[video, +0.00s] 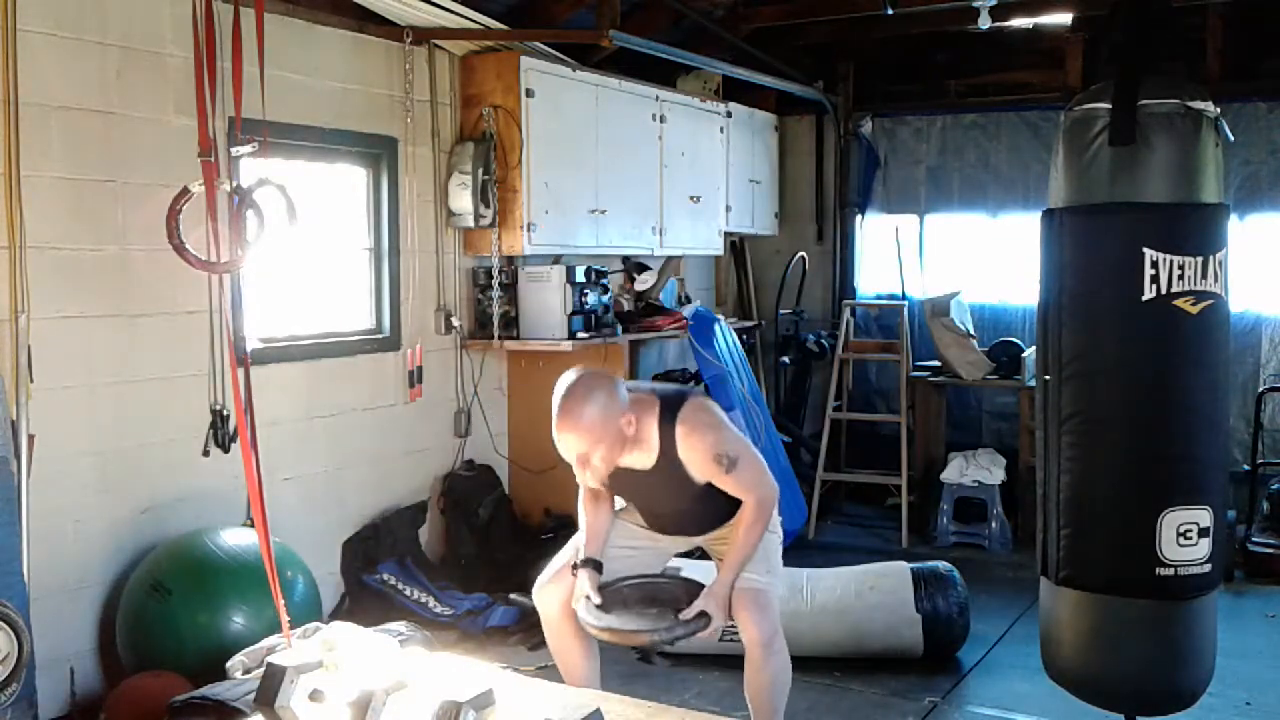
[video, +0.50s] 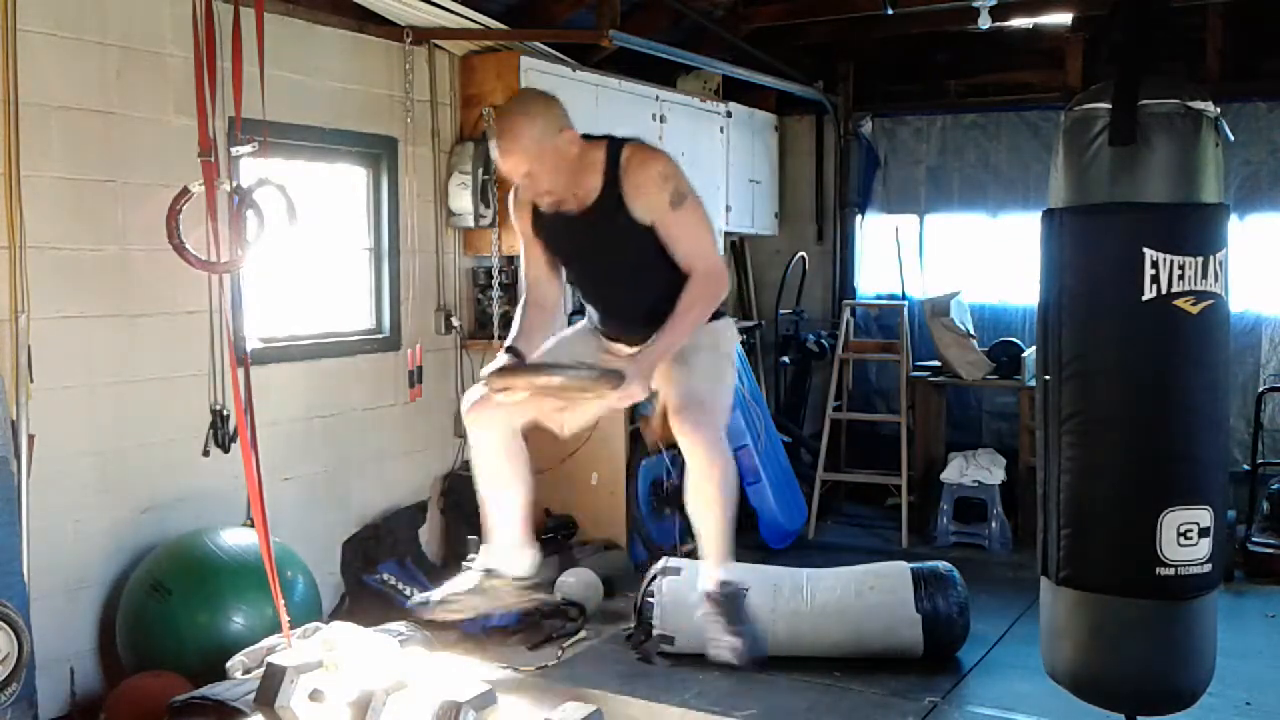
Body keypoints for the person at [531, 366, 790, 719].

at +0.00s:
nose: (578, 472)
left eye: (584, 458)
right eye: (571, 461)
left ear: (626, 425)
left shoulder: (698, 430)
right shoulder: (591, 421)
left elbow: (763, 494)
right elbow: (595, 490)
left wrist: (724, 583)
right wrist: (589, 562)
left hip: (732, 520)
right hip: (648, 519)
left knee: (759, 626)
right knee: (552, 595)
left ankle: (766, 716)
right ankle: (588, 712)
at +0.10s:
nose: (565, 411)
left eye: (572, 398)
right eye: (560, 397)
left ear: (617, 377)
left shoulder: (690, 398)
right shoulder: (571, 404)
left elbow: (757, 473)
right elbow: (586, 468)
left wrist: (715, 563)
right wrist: (577, 534)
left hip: (725, 514)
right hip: (638, 512)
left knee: (745, 624)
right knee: (551, 599)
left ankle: (761, 715)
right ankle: (587, 713)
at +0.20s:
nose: (557, 330)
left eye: (564, 318)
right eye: (554, 318)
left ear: (604, 306)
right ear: (556, 308)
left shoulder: (678, 339)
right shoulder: (561, 350)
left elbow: (749, 412)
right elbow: (580, 422)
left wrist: (698, 495)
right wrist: (570, 478)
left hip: (714, 482)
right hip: (629, 481)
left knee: (729, 630)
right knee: (554, 604)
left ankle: (755, 717)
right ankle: (586, 714)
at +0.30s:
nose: (552, 241)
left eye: (558, 224)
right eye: (545, 227)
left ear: (595, 209)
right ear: (547, 221)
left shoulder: (665, 248)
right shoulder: (553, 268)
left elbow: (743, 323)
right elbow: (564, 343)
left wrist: (687, 404)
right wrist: (560, 405)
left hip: (692, 434)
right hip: (608, 435)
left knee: (726, 587)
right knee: (570, 569)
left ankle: (764, 714)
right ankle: (575, 709)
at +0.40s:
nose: (538, 186)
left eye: (544, 172)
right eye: (531, 175)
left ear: (585, 145)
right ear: (530, 166)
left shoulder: (658, 174)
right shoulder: (543, 205)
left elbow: (732, 271)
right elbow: (551, 294)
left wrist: (675, 350)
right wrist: (539, 358)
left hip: (688, 363)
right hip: (604, 368)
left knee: (716, 519)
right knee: (515, 480)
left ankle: (758, 660)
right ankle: (562, 620)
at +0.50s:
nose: (524, 194)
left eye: (527, 177)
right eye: (514, 183)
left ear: (567, 144)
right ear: (506, 162)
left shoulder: (646, 172)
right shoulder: (528, 202)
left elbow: (711, 277)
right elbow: (543, 296)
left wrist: (651, 360)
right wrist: (514, 356)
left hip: (690, 330)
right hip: (605, 335)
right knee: (486, 410)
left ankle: (716, 593)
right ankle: (512, 568)